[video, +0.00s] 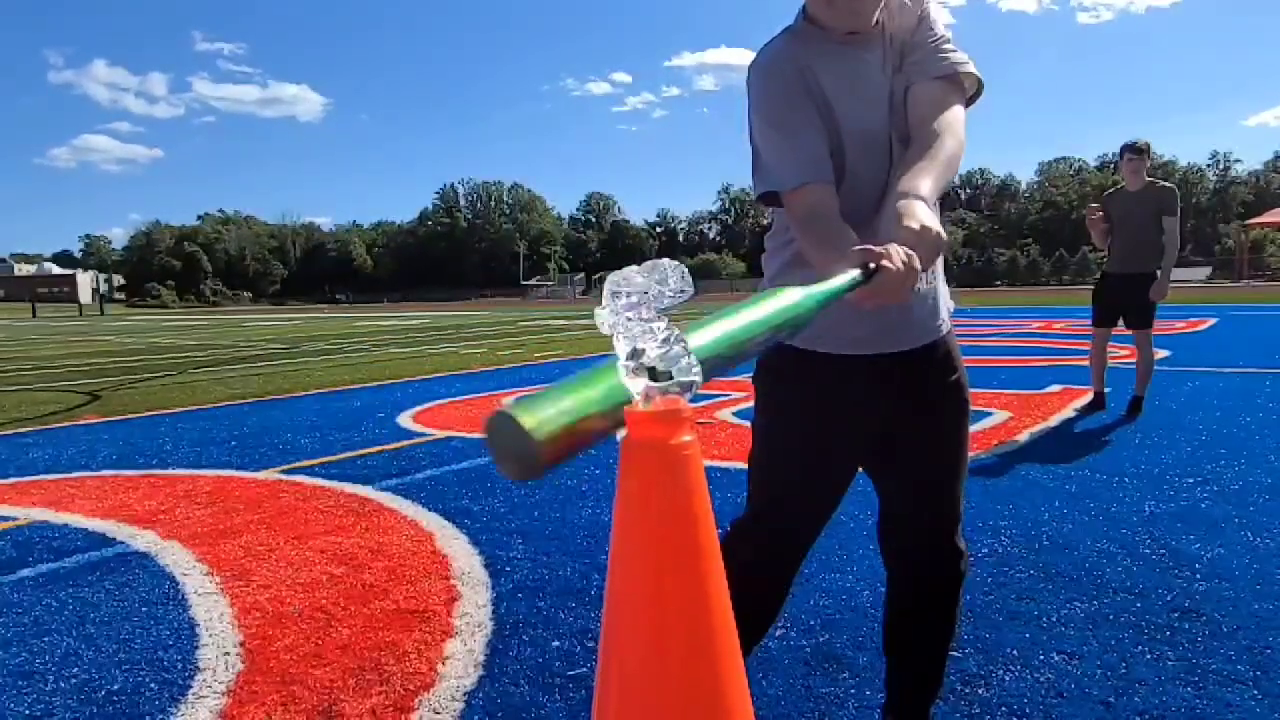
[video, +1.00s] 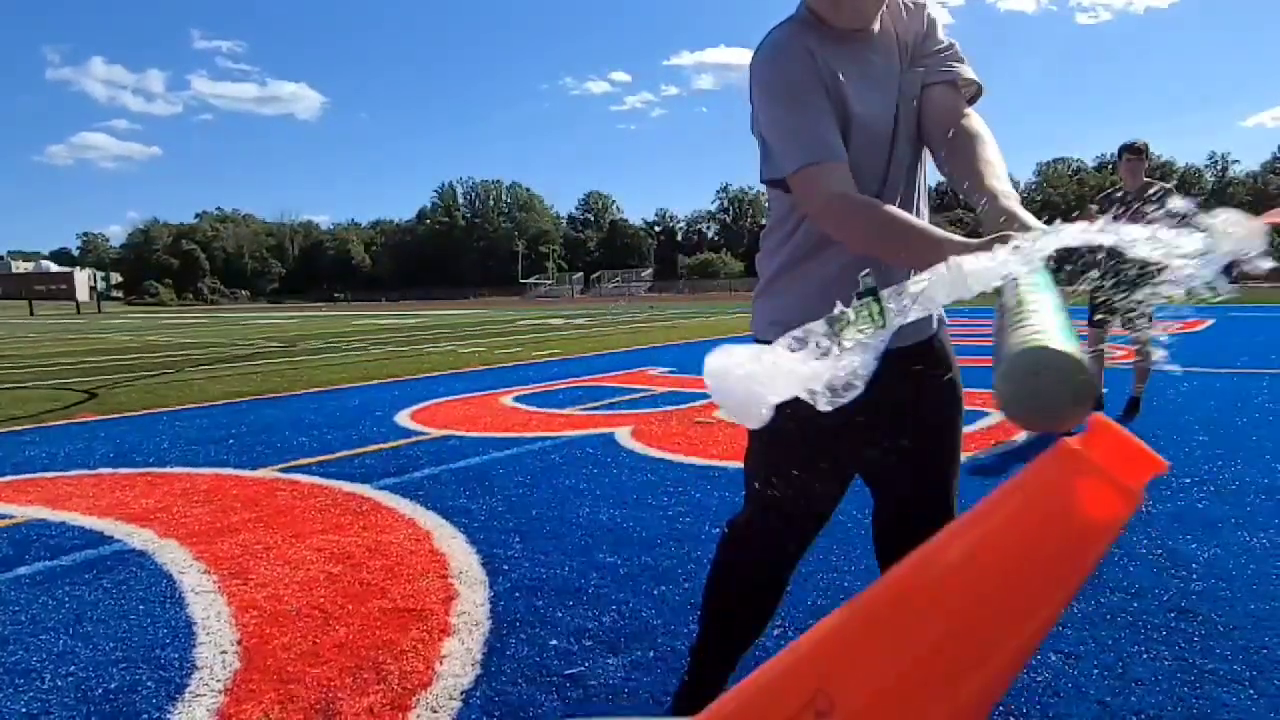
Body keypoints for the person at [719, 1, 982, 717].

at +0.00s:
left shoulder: (922, 23)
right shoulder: (781, 68)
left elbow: (944, 124)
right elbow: (810, 212)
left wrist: (916, 195)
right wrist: (855, 264)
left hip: (920, 357)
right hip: (814, 362)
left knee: (930, 559)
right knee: (765, 551)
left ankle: (908, 712)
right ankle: (684, 693)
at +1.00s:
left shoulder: (915, 18)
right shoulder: (787, 57)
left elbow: (954, 126)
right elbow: (832, 205)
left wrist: (1000, 201)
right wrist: (979, 263)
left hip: (912, 335)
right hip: (810, 345)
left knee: (923, 545)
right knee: (769, 537)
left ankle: (935, 695)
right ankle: (697, 701)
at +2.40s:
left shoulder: (914, 25)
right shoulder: (797, 44)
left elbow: (979, 138)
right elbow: (885, 182)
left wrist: (1087, 227)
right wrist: (1065, 240)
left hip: (905, 341)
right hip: (800, 349)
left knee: (921, 545)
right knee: (765, 538)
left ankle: (924, 698)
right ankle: (695, 694)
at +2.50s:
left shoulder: (913, 23)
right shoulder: (798, 42)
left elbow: (977, 137)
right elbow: (887, 182)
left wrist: (1083, 221)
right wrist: (1064, 238)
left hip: (904, 338)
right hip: (802, 346)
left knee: (921, 539)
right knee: (769, 531)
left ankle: (923, 694)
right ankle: (693, 696)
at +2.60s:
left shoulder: (911, 25)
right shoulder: (800, 43)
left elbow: (978, 138)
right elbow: (894, 185)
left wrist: (1083, 219)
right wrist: (1070, 241)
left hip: (906, 334)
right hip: (805, 343)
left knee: (919, 529)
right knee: (769, 533)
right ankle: (693, 697)